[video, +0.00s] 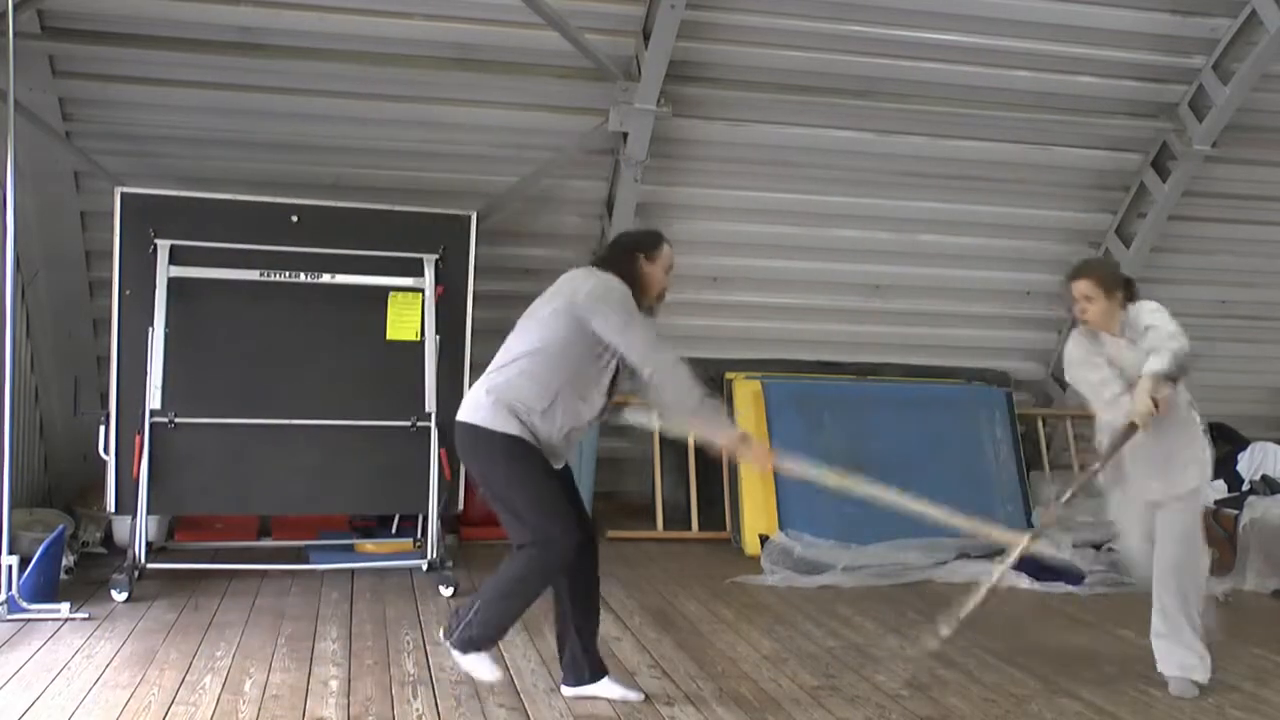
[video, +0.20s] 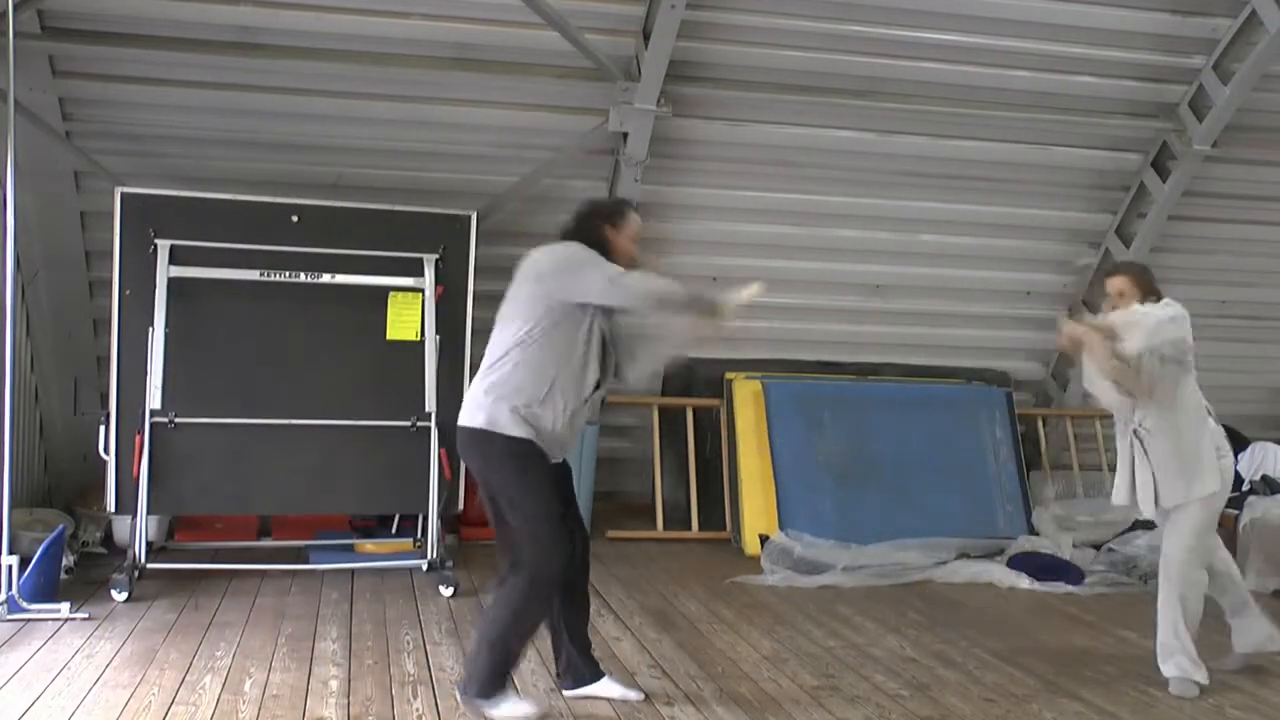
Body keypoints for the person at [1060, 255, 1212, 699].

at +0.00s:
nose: (1079, 310)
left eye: (1087, 300)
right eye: (1074, 302)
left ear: (1115, 297)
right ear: (1072, 307)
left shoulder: (1147, 314)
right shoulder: (1078, 350)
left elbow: (1173, 343)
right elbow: (1104, 399)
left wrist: (1148, 379)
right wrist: (1130, 406)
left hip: (1178, 458)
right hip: (1127, 467)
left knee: (1174, 562)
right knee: (1139, 559)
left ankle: (1181, 663)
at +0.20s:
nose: (1112, 306)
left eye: (1121, 297)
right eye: (1108, 299)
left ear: (1147, 298)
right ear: (1103, 303)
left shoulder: (1172, 320)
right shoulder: (1106, 341)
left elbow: (1144, 328)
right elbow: (1118, 397)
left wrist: (1091, 332)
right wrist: (1089, 353)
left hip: (1202, 465)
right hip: (1157, 474)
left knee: (1177, 561)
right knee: (1208, 557)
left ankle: (1181, 668)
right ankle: (1255, 633)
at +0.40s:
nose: (1121, 277)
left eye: (1131, 269)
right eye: (1119, 269)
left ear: (1159, 274)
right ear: (1115, 275)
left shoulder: (1177, 321)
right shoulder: (1111, 315)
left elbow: (1156, 373)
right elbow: (1059, 350)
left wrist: (1093, 356)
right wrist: (1065, 353)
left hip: (1187, 466)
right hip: (1137, 464)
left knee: (1177, 566)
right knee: (1153, 561)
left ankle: (1197, 672)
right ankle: (1230, 622)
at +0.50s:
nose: (1113, 275)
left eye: (1123, 266)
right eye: (1111, 267)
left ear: (1150, 272)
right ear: (1111, 274)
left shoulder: (1162, 323)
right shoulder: (1108, 316)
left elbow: (1126, 394)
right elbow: (1074, 354)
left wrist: (1064, 386)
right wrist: (1047, 378)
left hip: (1176, 459)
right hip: (1128, 458)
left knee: (1170, 564)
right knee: (1098, 548)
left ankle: (1195, 670)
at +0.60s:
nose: (1100, 276)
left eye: (1108, 267)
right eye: (1098, 268)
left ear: (1134, 270)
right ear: (1102, 274)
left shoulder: (1141, 316)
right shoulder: (1109, 318)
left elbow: (1100, 395)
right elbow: (1071, 358)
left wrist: (1041, 379)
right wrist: (1033, 368)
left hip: (1162, 455)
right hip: (1119, 453)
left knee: (1165, 559)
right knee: (1072, 529)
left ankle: (1191, 670)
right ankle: (1090, 629)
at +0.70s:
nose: (1082, 276)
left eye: (1089, 267)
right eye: (1081, 268)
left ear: (1115, 269)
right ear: (1100, 271)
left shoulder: (1120, 313)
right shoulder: (1106, 311)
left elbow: (1059, 362)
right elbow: (1064, 372)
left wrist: (1019, 325)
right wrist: (1028, 336)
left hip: (1123, 453)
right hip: (1094, 451)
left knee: (1123, 557)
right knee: (1056, 538)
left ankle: (1184, 663)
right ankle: (1050, 637)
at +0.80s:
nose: (1072, 272)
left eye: (1079, 263)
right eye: (1070, 264)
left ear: (1103, 265)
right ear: (1086, 267)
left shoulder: (1110, 308)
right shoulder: (1093, 303)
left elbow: (1028, 332)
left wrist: (1013, 294)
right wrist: (1025, 272)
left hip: (1109, 446)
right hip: (1082, 444)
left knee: (1086, 544)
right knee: (1048, 537)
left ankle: (1150, 649)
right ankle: (1049, 638)